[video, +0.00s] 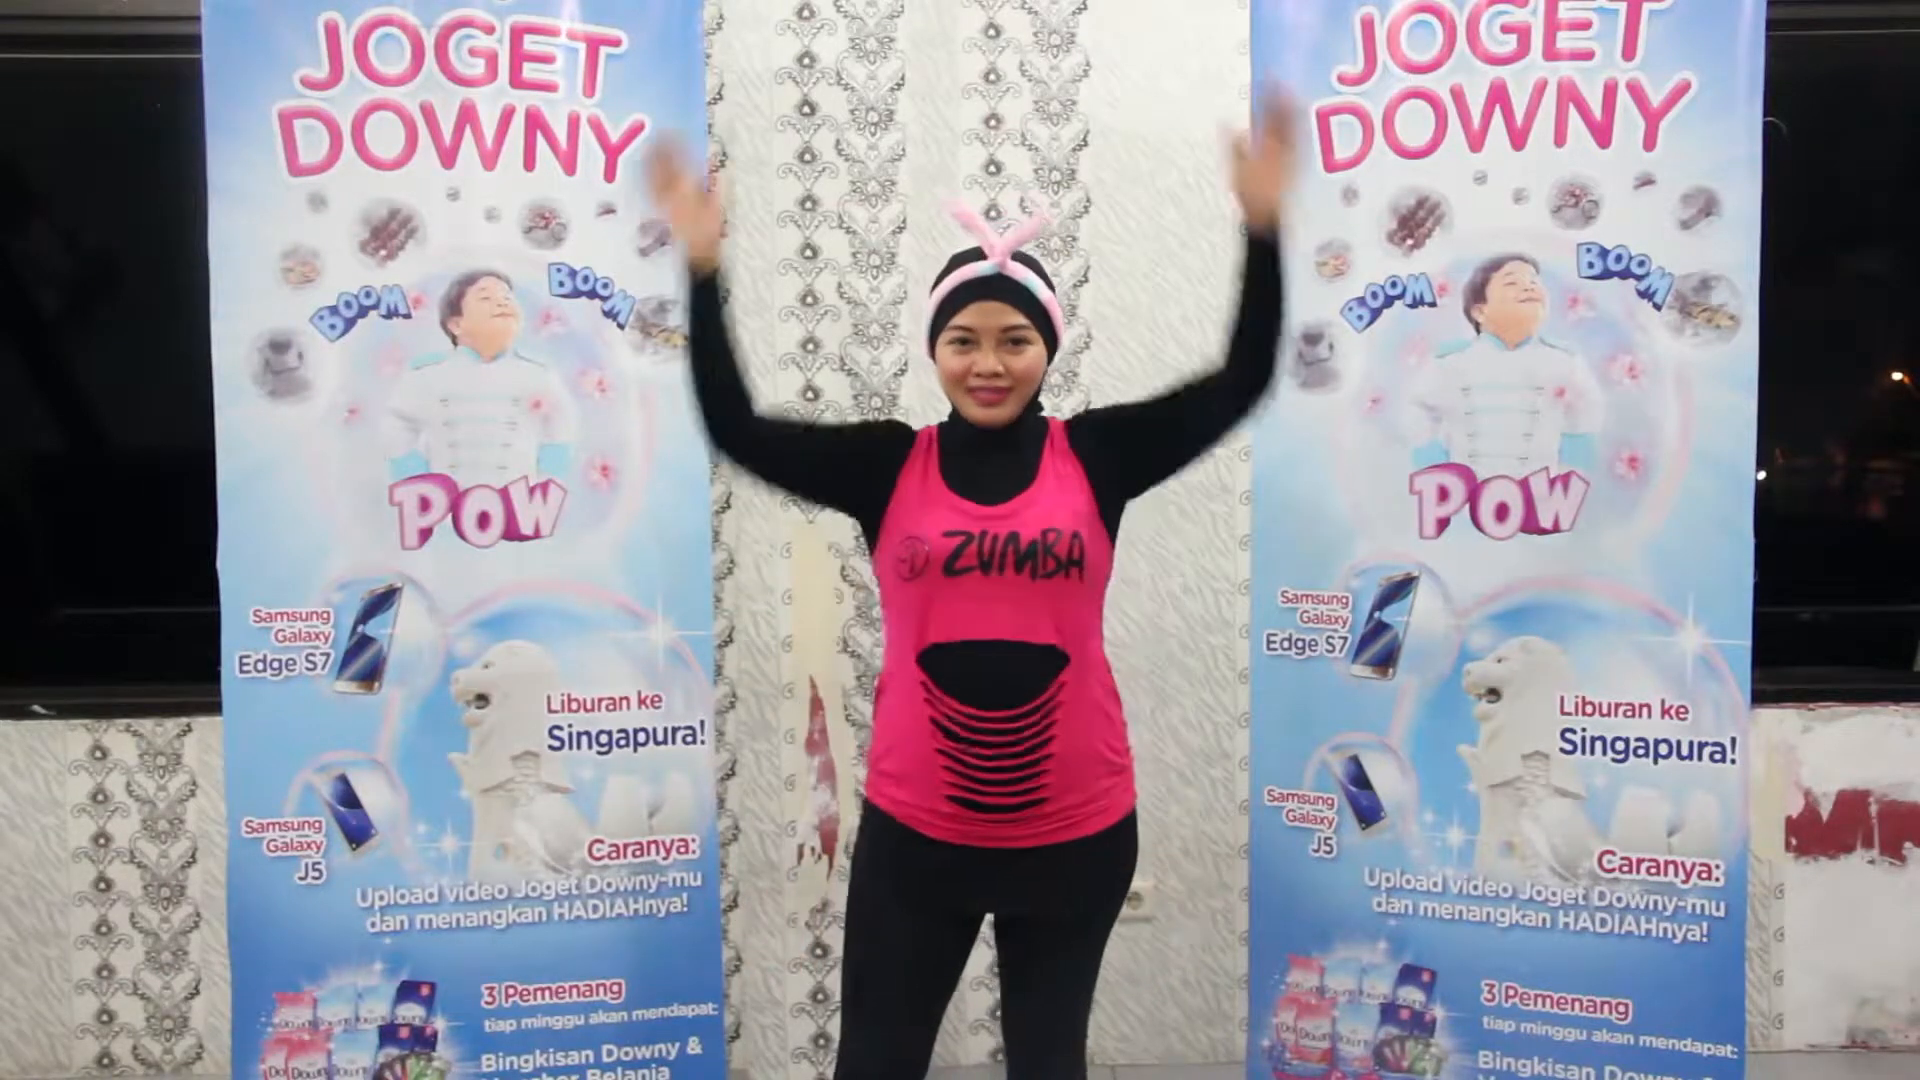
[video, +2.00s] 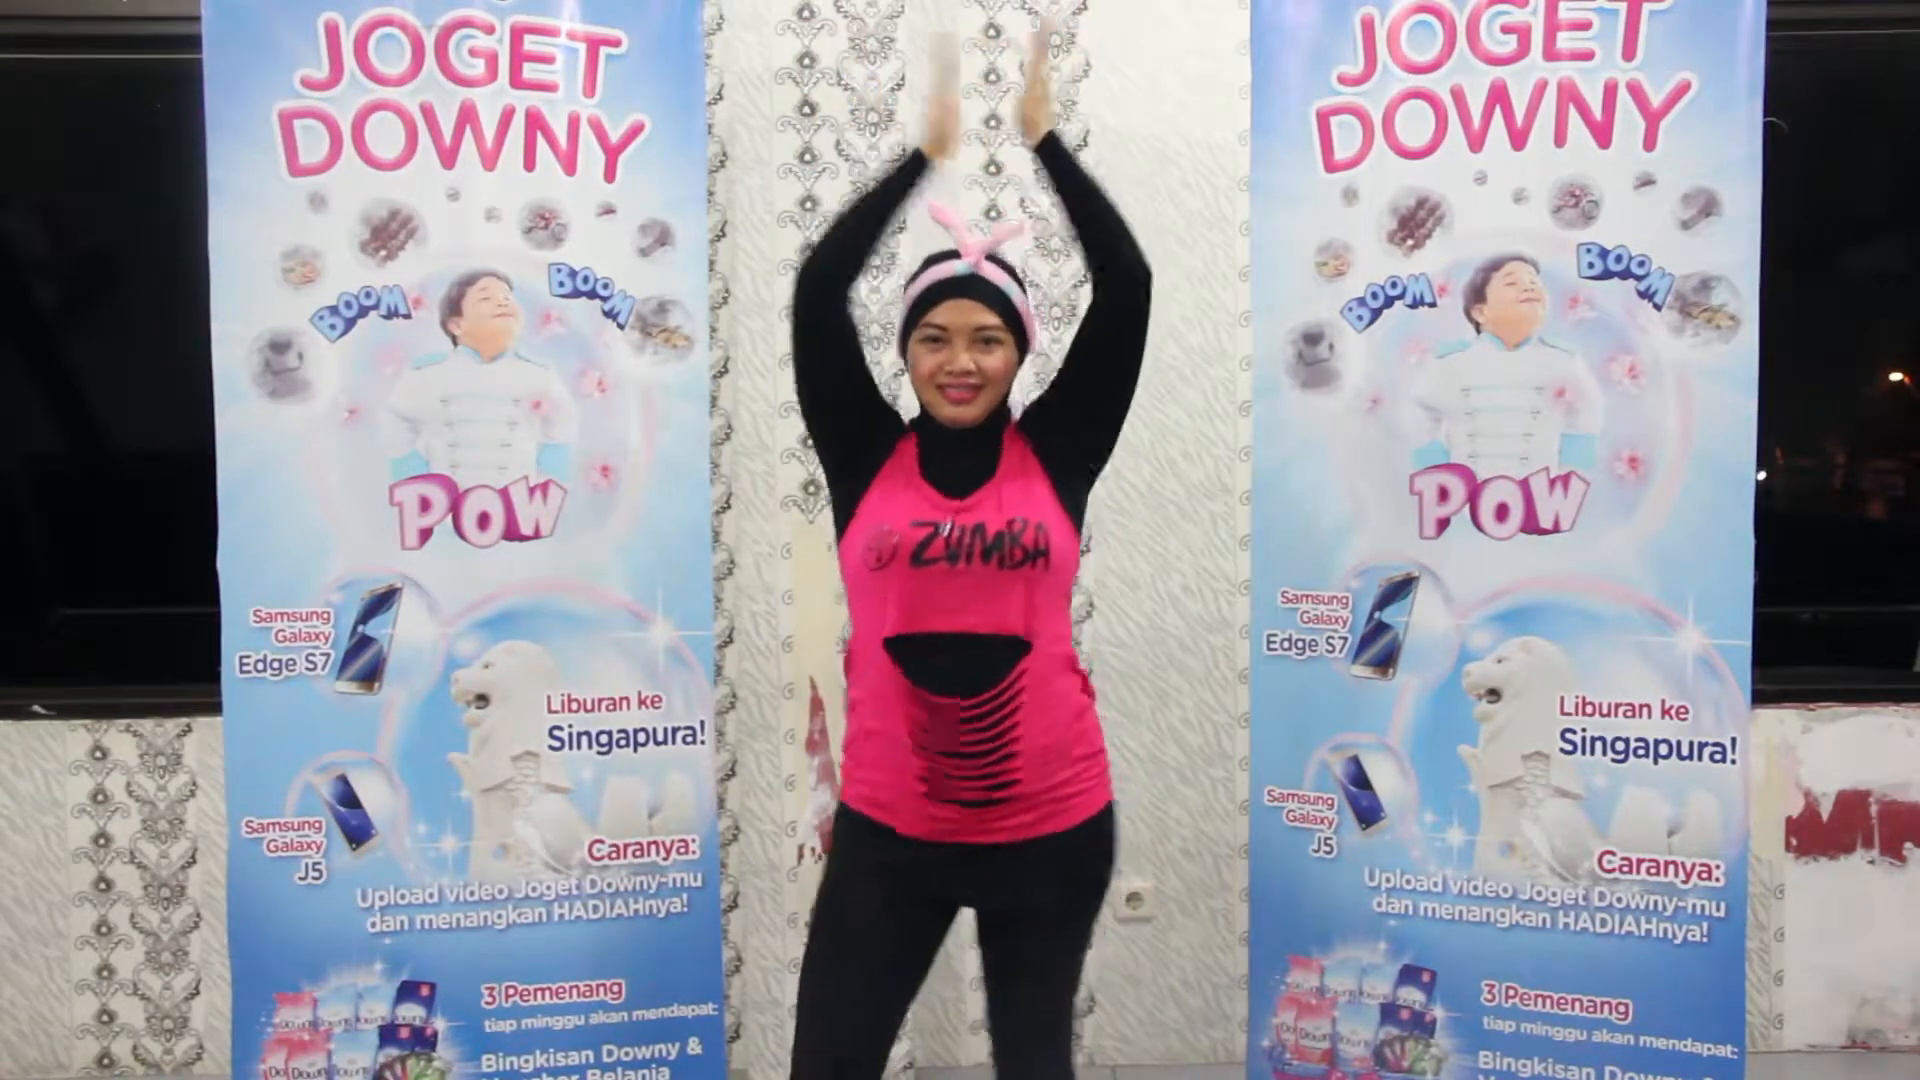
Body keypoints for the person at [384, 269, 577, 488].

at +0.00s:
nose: (501, 302)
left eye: (507, 296)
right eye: (484, 297)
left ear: (518, 313)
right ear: (454, 324)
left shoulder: (536, 376)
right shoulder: (422, 378)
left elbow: (559, 431)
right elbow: (393, 430)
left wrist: (544, 489)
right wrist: (415, 487)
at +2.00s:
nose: (502, 302)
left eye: (507, 296)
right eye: (484, 298)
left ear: (519, 314)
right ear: (454, 324)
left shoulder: (538, 377)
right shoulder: (422, 378)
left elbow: (559, 432)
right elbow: (392, 426)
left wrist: (546, 491)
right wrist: (413, 484)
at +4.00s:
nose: (502, 303)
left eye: (509, 297)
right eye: (485, 298)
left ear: (519, 315)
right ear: (455, 324)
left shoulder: (538, 377)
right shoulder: (421, 377)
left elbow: (560, 436)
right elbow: (394, 432)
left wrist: (546, 496)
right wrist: (415, 489)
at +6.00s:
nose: (502, 302)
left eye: (507, 296)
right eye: (485, 297)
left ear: (518, 314)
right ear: (455, 324)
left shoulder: (538, 378)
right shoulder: (423, 379)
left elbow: (559, 431)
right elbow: (393, 424)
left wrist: (547, 489)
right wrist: (412, 484)